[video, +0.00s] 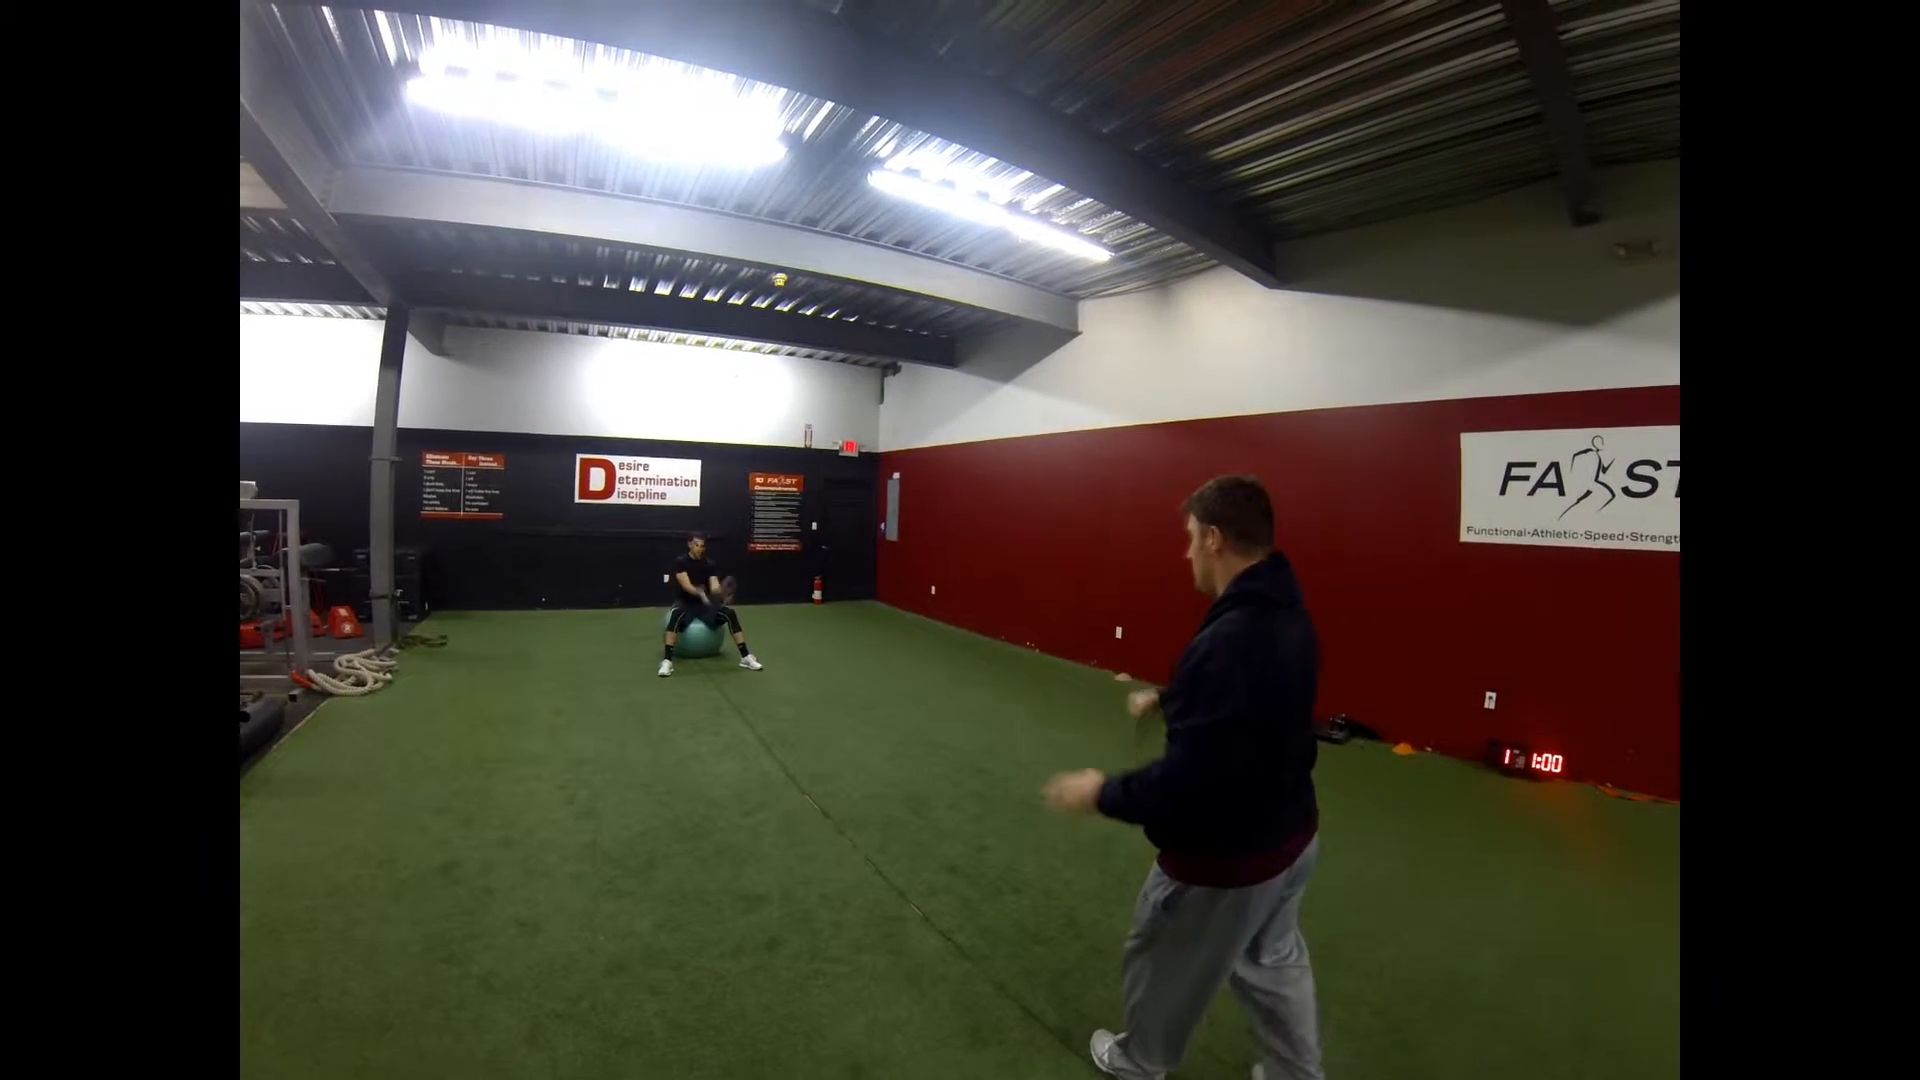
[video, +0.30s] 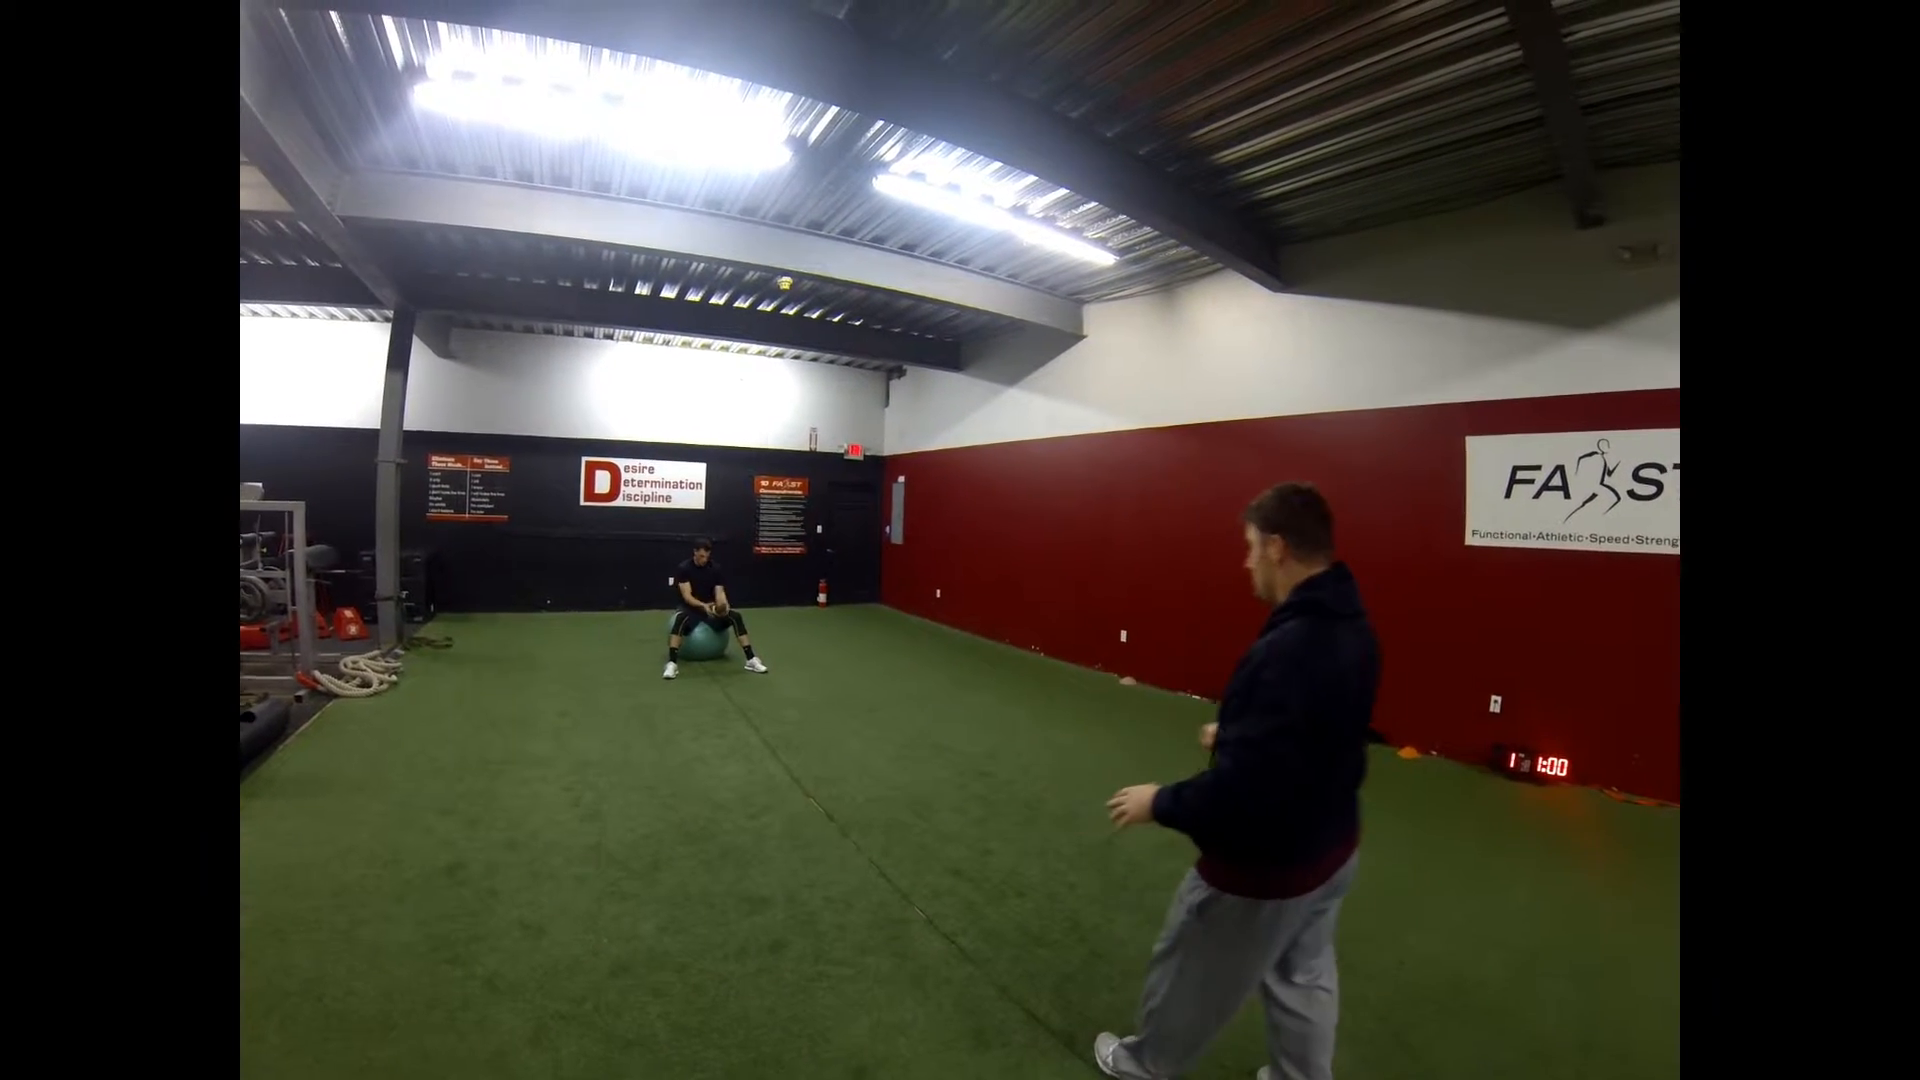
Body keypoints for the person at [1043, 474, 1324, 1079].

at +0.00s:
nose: (1188, 554)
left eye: (1189, 539)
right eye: (1187, 540)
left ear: (1212, 538)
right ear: (1259, 536)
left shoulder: (1227, 641)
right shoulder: (1285, 612)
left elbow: (1191, 779)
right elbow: (1247, 694)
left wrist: (1103, 793)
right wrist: (1171, 700)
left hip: (1216, 861)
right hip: (1289, 839)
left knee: (1163, 963)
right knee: (1273, 963)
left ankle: (1141, 1059)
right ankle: (1297, 1069)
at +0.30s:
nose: (1247, 565)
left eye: (1250, 549)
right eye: (1247, 550)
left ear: (1279, 549)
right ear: (1311, 545)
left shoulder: (1290, 647)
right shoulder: (1347, 621)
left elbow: (1248, 783)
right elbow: (1316, 733)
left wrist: (1161, 801)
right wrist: (1237, 735)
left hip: (1258, 867)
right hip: (1326, 848)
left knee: (1193, 967)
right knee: (1304, 979)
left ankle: (1150, 1060)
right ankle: (1302, 1072)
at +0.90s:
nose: (1327, 549)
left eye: (1335, 533)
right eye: (1330, 534)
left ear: (1370, 542)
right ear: (1387, 543)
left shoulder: (1366, 645)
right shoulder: (1424, 634)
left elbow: (1316, 783)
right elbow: (1398, 771)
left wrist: (1230, 787)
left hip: (1319, 891)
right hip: (1382, 879)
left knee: (1253, 1031)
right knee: (1333, 1025)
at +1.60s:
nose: (1301, 544)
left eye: (1312, 528)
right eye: (1306, 527)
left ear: (1349, 545)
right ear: (1361, 546)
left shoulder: (1341, 672)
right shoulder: (1414, 646)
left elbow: (1247, 849)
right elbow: (1369, 772)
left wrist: (1187, 800)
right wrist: (1267, 761)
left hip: (1305, 960)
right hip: (1375, 933)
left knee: (1265, 1070)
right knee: (1314, 1066)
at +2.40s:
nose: (1322, 603)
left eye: (1320, 586)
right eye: (1318, 587)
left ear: (1341, 582)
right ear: (1402, 574)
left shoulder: (1330, 699)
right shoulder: (1463, 670)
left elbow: (1261, 844)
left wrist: (1245, 828)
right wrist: (1275, 813)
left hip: (1357, 989)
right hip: (1467, 965)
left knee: (1257, 1071)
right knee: (1408, 1071)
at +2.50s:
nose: (1342, 591)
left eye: (1342, 576)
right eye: (1341, 578)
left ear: (1360, 576)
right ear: (1424, 570)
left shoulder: (1343, 690)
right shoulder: (1490, 669)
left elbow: (1276, 823)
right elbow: (1482, 794)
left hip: (1359, 978)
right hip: (1471, 962)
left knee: (1267, 1070)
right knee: (1412, 1072)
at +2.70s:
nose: (1411, 572)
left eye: (1412, 559)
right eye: (1411, 559)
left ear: (1426, 560)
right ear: (1493, 556)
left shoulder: (1381, 668)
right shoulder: (1548, 671)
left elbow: (1309, 788)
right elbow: (1531, 795)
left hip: (1369, 949)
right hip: (1481, 950)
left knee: (1279, 1071)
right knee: (1418, 1074)